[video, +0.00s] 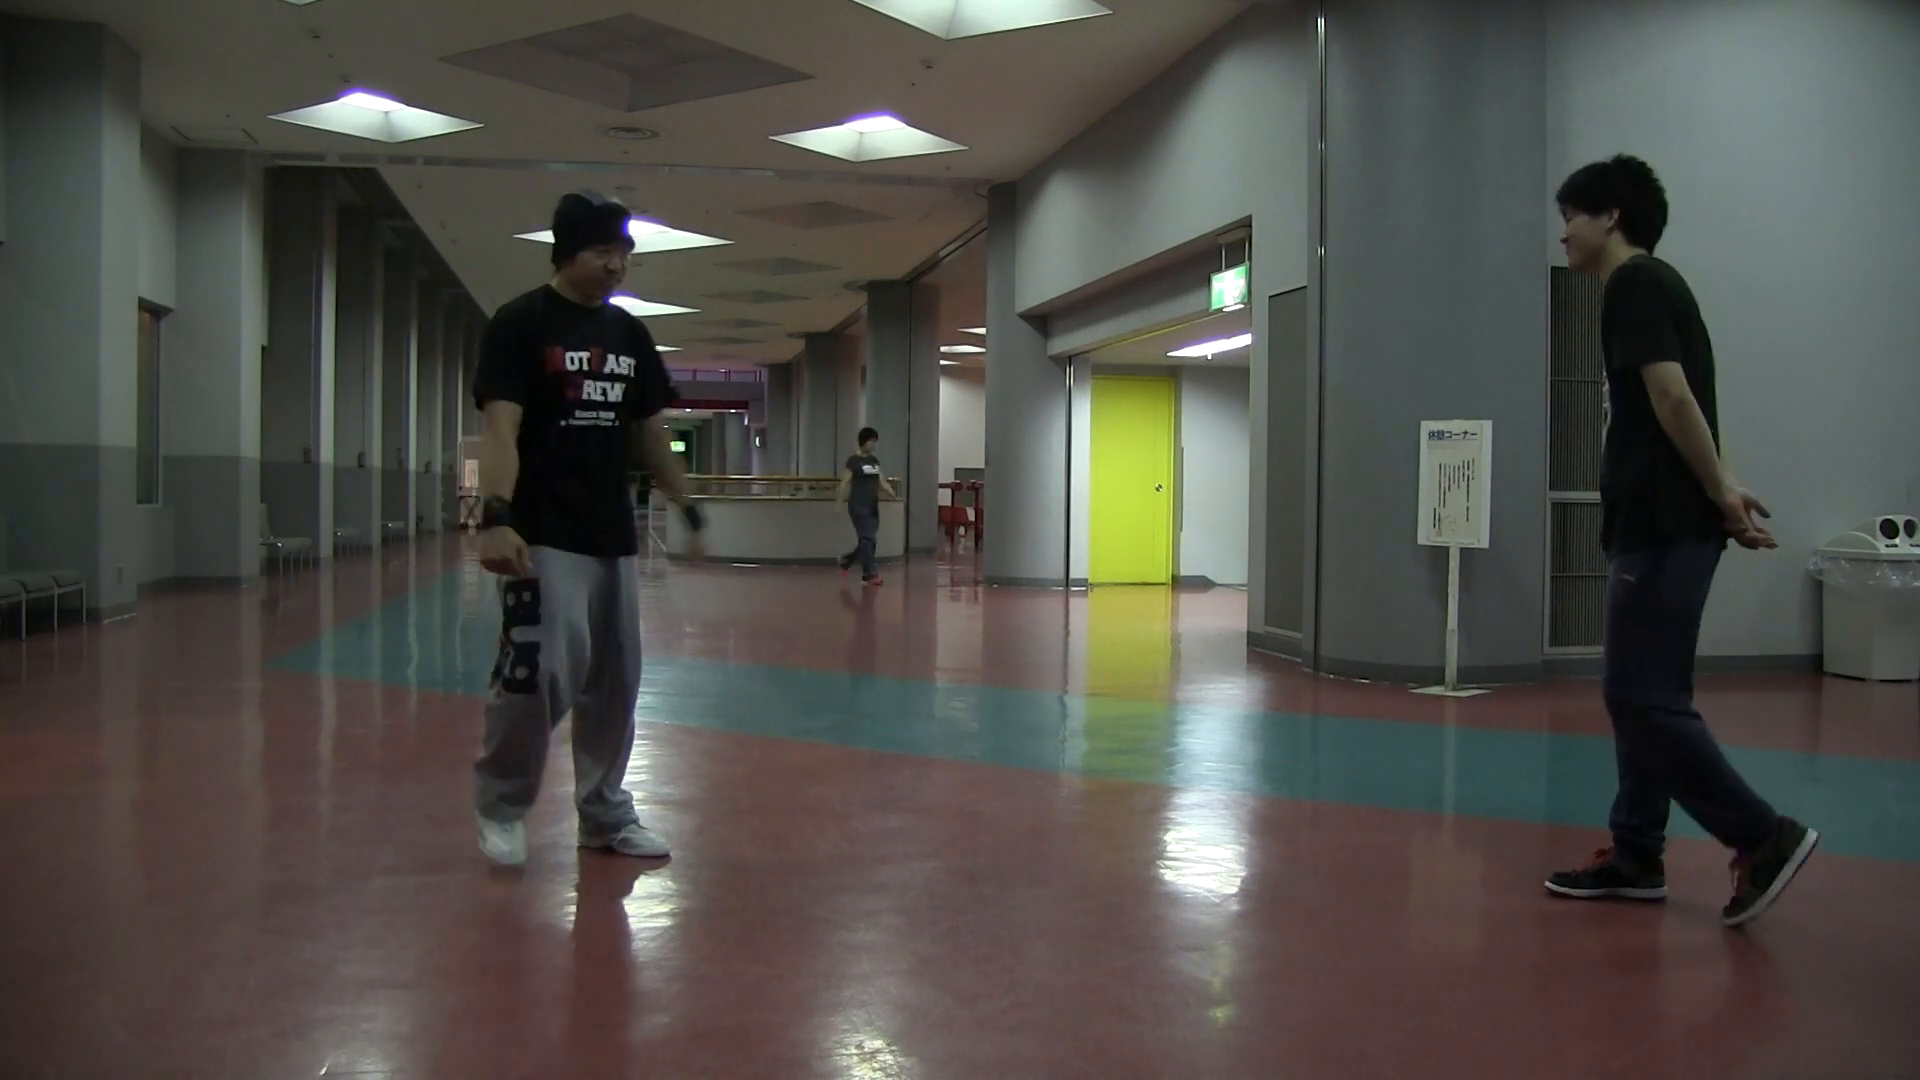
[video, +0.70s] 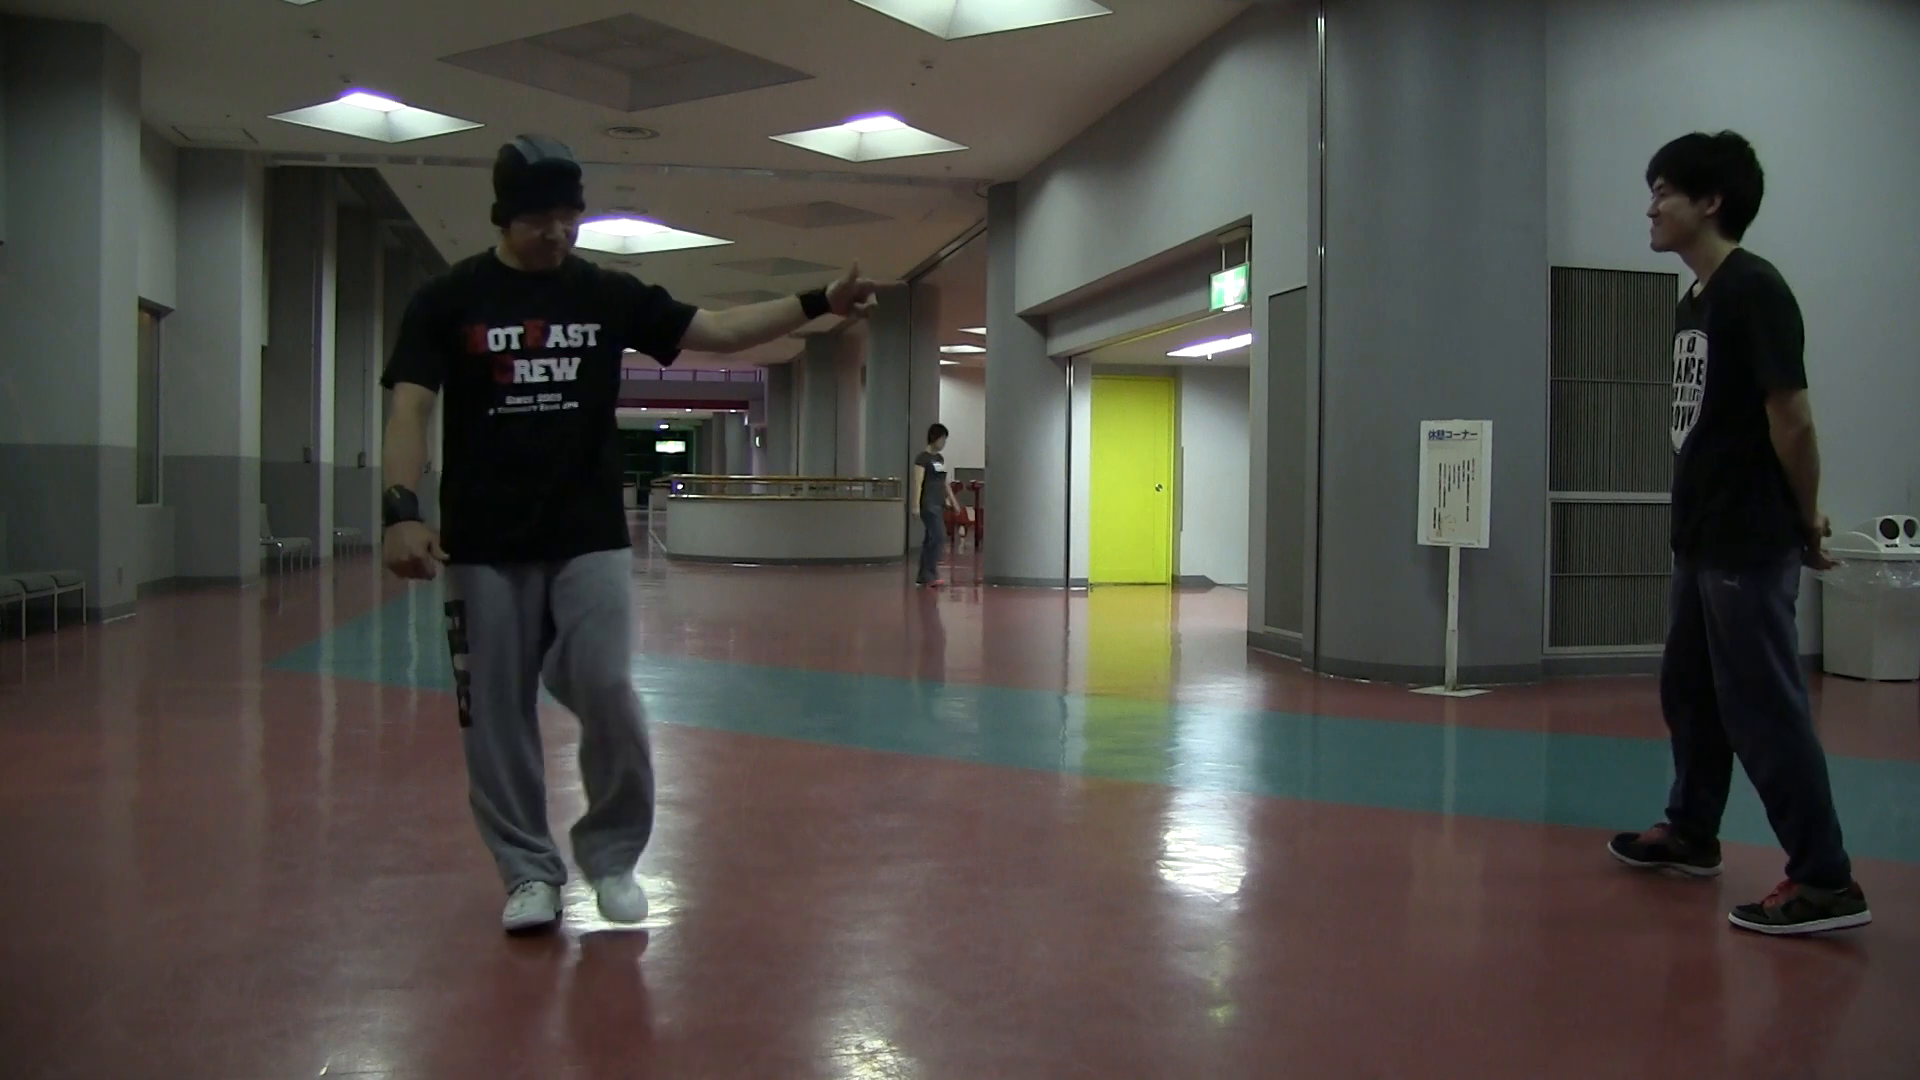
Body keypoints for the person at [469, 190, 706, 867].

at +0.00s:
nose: (619, 266)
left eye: (624, 254)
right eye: (607, 253)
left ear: (623, 257)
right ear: (569, 254)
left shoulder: (630, 334)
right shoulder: (519, 325)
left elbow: (649, 434)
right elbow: (499, 428)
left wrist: (687, 499)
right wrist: (494, 517)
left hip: (611, 534)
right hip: (542, 532)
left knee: (612, 678)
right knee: (546, 673)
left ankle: (605, 813)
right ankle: (501, 802)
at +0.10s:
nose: (625, 267)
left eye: (632, 255)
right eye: (613, 254)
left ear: (634, 255)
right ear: (575, 250)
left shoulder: (645, 330)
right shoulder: (520, 324)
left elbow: (703, 412)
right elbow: (485, 415)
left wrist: (773, 456)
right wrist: (469, 499)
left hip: (620, 538)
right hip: (543, 533)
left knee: (621, 678)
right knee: (537, 681)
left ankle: (608, 815)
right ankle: (519, 840)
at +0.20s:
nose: (627, 266)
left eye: (634, 253)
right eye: (614, 252)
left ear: (640, 255)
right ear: (577, 252)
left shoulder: (655, 333)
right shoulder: (522, 325)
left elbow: (727, 388)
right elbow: (475, 416)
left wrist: (821, 390)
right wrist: (449, 497)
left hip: (625, 543)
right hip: (543, 539)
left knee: (620, 684)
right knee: (536, 696)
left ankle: (609, 814)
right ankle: (534, 851)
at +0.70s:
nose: (554, 233)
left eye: (566, 217)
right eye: (537, 219)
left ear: (579, 214)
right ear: (502, 214)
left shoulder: (608, 294)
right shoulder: (449, 299)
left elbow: (715, 330)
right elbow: (408, 406)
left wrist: (816, 306)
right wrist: (402, 513)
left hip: (588, 531)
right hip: (487, 537)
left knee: (606, 688)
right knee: (497, 712)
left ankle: (613, 860)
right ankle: (528, 875)